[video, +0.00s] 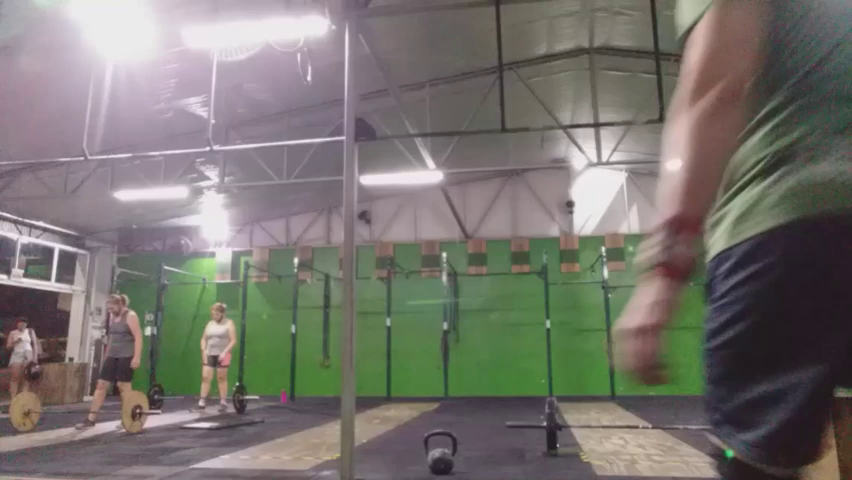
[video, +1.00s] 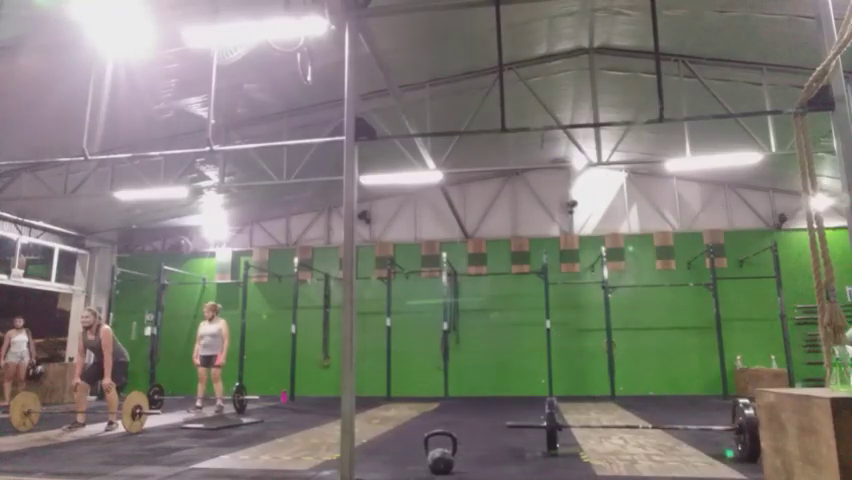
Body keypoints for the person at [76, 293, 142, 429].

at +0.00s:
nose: (111, 311)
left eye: (113, 308)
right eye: (109, 308)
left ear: (120, 305)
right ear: (108, 307)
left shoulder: (130, 316)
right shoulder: (111, 316)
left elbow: (138, 336)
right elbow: (111, 338)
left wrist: (136, 357)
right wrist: (107, 355)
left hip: (126, 356)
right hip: (112, 355)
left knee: (124, 386)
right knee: (101, 385)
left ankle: (128, 419)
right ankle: (91, 418)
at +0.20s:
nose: (99, 313)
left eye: (101, 310)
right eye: (98, 311)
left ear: (108, 306)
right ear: (97, 309)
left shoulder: (119, 316)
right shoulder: (100, 318)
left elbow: (127, 337)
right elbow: (95, 340)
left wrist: (126, 360)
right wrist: (90, 357)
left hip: (116, 356)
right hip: (100, 355)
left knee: (112, 384)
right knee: (93, 384)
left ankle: (113, 419)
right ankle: (90, 417)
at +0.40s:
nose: (91, 311)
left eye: (92, 307)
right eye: (89, 308)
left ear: (100, 304)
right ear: (89, 307)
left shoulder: (112, 314)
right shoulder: (91, 317)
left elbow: (122, 335)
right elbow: (87, 340)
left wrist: (121, 357)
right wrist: (82, 360)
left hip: (110, 355)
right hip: (95, 355)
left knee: (109, 385)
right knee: (87, 385)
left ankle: (112, 419)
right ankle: (82, 419)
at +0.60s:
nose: (89, 319)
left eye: (91, 316)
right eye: (86, 317)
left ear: (97, 312)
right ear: (84, 315)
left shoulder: (107, 319)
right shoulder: (86, 322)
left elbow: (113, 343)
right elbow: (85, 345)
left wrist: (111, 365)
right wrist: (83, 365)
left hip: (114, 356)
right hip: (97, 356)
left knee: (110, 384)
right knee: (83, 383)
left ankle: (112, 420)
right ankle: (80, 419)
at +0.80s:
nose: (86, 333)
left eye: (87, 330)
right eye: (83, 330)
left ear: (94, 325)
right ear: (81, 328)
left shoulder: (105, 331)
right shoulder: (83, 334)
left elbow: (110, 354)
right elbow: (81, 355)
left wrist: (109, 376)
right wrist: (76, 376)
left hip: (118, 361)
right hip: (101, 361)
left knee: (109, 385)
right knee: (80, 385)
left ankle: (112, 420)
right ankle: (80, 420)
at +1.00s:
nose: (83, 320)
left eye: (87, 317)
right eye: (82, 317)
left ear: (95, 318)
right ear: (80, 319)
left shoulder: (104, 330)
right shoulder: (83, 334)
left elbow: (108, 355)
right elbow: (81, 355)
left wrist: (107, 377)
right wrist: (77, 376)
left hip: (118, 361)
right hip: (101, 361)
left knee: (108, 385)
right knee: (81, 384)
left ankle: (112, 420)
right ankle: (80, 420)